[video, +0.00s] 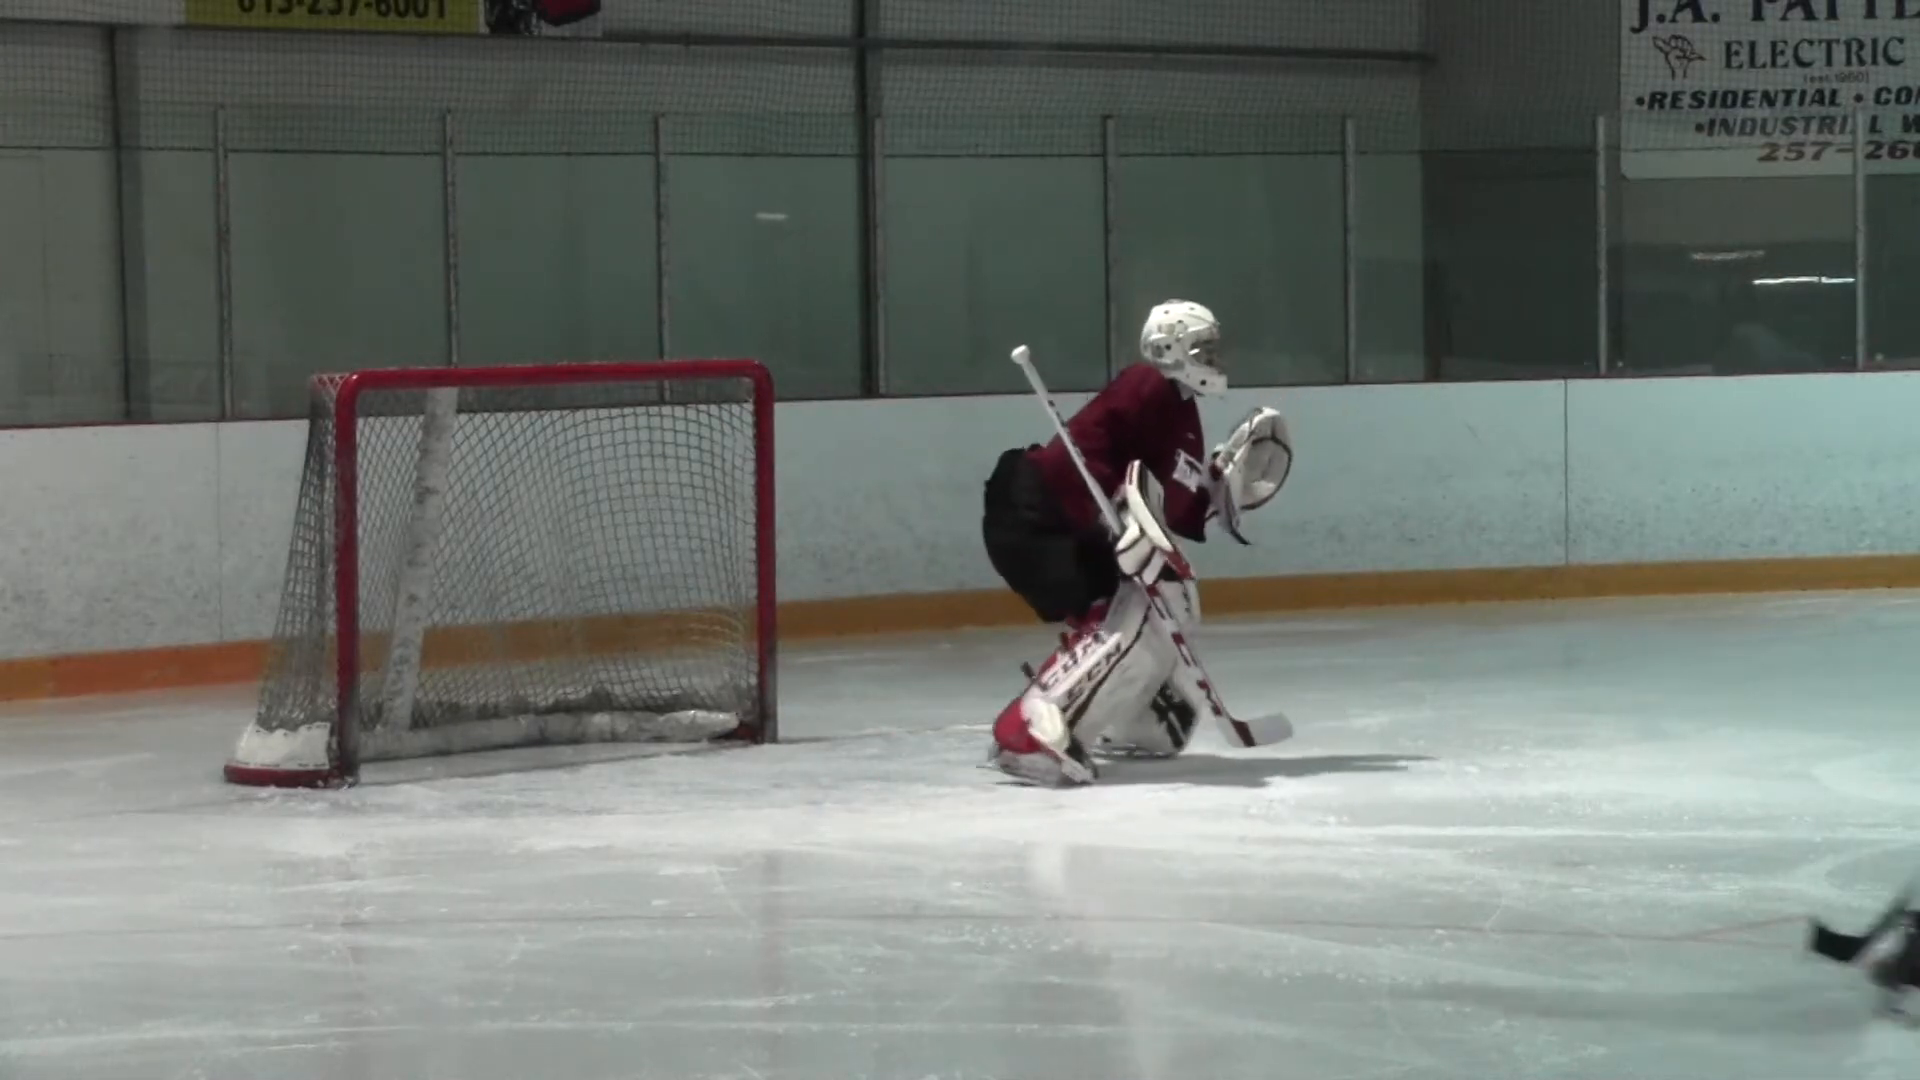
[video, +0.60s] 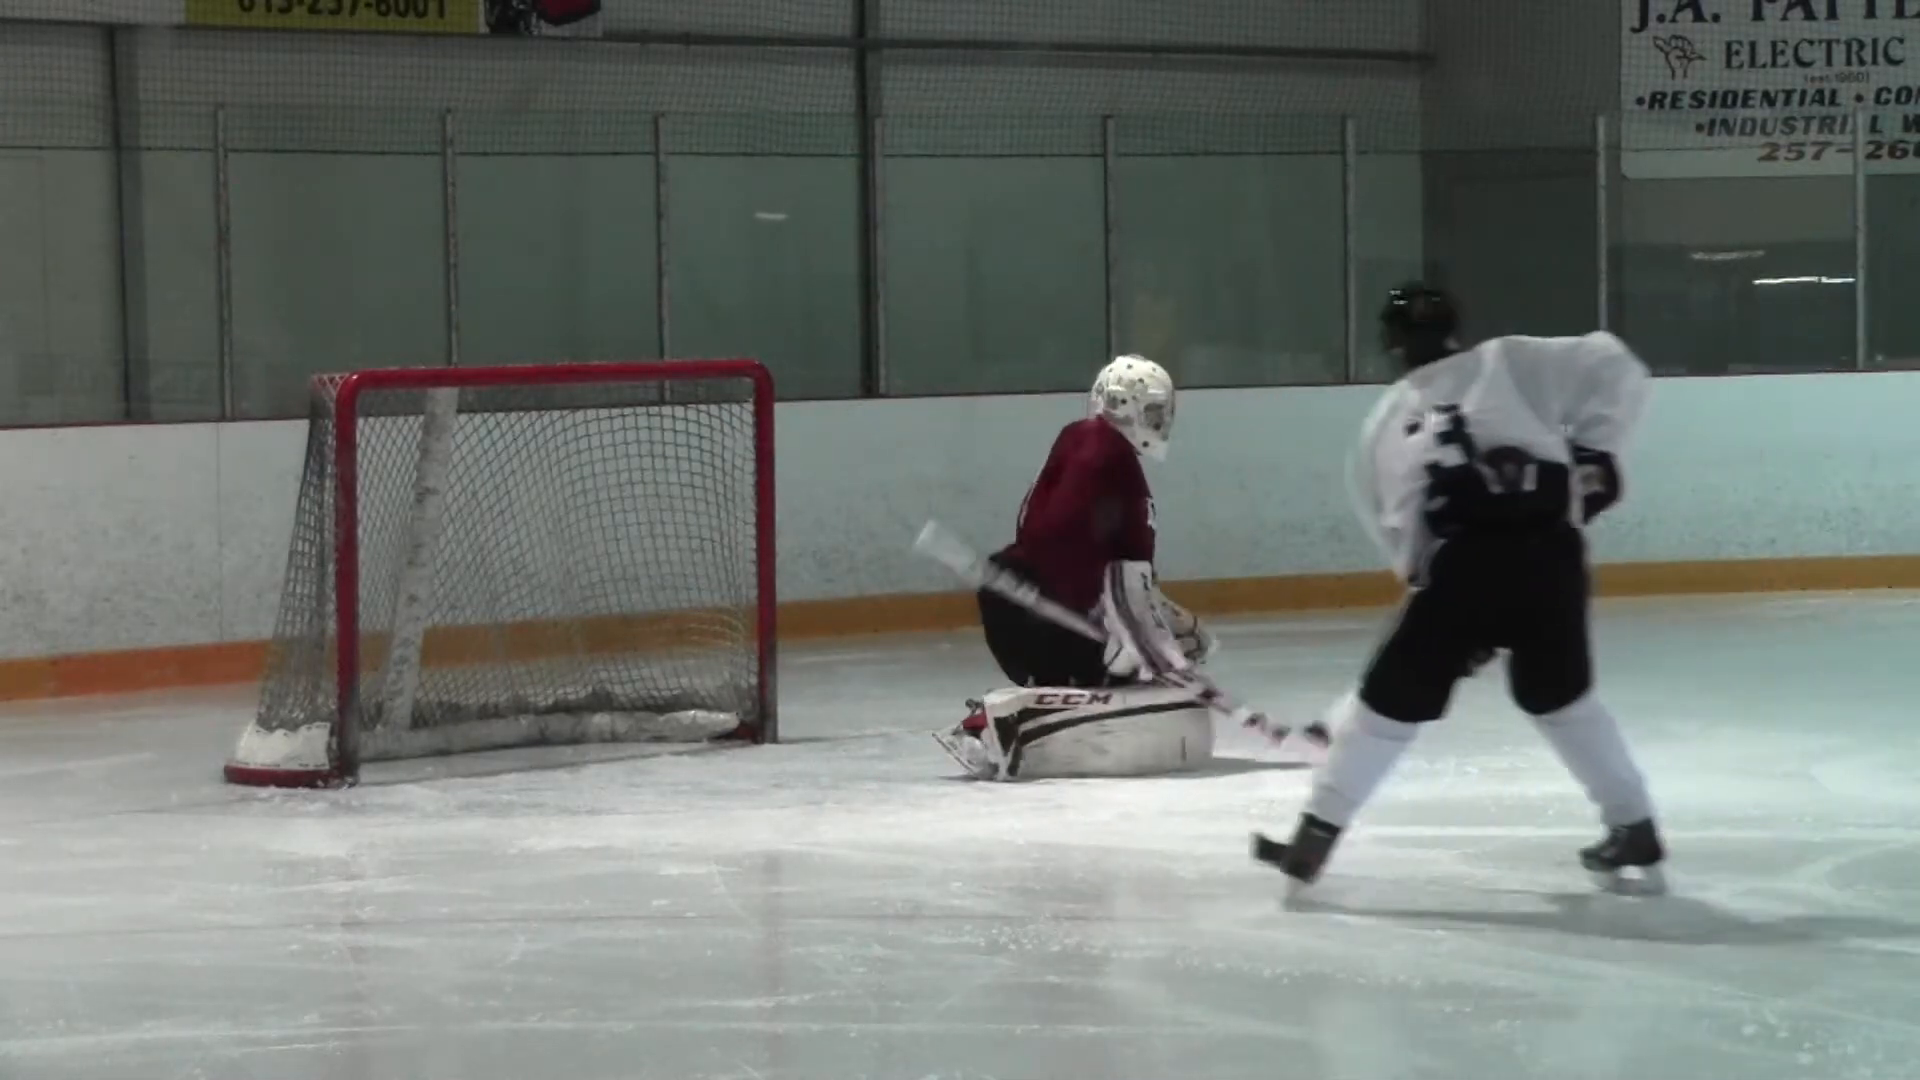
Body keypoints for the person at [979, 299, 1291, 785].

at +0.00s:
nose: (1215, 358)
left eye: (1215, 347)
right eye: (1203, 348)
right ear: (1173, 353)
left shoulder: (1180, 410)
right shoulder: (1147, 386)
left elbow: (1187, 513)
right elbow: (1076, 451)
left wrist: (1232, 482)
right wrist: (1119, 524)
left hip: (1068, 517)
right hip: (1028, 505)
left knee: (1161, 596)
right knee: (1124, 616)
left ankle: (1120, 725)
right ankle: (1030, 726)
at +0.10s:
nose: (1202, 371)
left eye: (1202, 359)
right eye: (1191, 359)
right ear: (1160, 364)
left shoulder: (1168, 423)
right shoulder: (1133, 398)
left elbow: (1166, 525)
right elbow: (1067, 462)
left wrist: (1209, 493)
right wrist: (1120, 533)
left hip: (1060, 534)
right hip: (1018, 524)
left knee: (1137, 622)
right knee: (1109, 632)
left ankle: (1097, 729)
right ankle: (1011, 729)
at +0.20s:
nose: (1192, 385)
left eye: (1192, 373)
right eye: (1181, 374)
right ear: (1150, 378)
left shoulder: (1148, 423)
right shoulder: (1128, 415)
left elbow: (1165, 511)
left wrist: (1201, 504)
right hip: (1012, 538)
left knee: (1130, 651)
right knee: (1117, 655)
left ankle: (1080, 734)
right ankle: (1010, 727)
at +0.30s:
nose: (1186, 398)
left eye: (1186, 387)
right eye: (1175, 388)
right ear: (1145, 391)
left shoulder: (1145, 441)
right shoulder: (1119, 426)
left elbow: (1157, 531)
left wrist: (1191, 518)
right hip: (1002, 546)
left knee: (1127, 652)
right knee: (1113, 657)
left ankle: (1075, 736)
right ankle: (1007, 729)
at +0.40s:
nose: (1179, 402)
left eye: (1180, 391)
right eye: (1169, 391)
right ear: (1139, 393)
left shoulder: (1130, 438)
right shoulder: (1116, 430)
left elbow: (1149, 521)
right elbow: (1141, 516)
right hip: (1006, 560)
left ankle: (1071, 732)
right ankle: (1005, 731)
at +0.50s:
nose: (1169, 404)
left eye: (1170, 393)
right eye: (1158, 393)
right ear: (1128, 393)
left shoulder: (1123, 441)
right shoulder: (1104, 428)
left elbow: (1131, 532)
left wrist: (1166, 587)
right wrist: (1132, 563)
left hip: (1065, 580)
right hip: (1020, 573)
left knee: (1139, 661)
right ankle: (992, 727)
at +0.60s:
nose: (1163, 422)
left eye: (1165, 412)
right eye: (1156, 411)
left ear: (1107, 402)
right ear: (1132, 408)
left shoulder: (1079, 437)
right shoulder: (1115, 460)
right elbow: (1129, 583)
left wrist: (1165, 622)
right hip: (1041, 604)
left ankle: (1000, 714)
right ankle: (1013, 723)